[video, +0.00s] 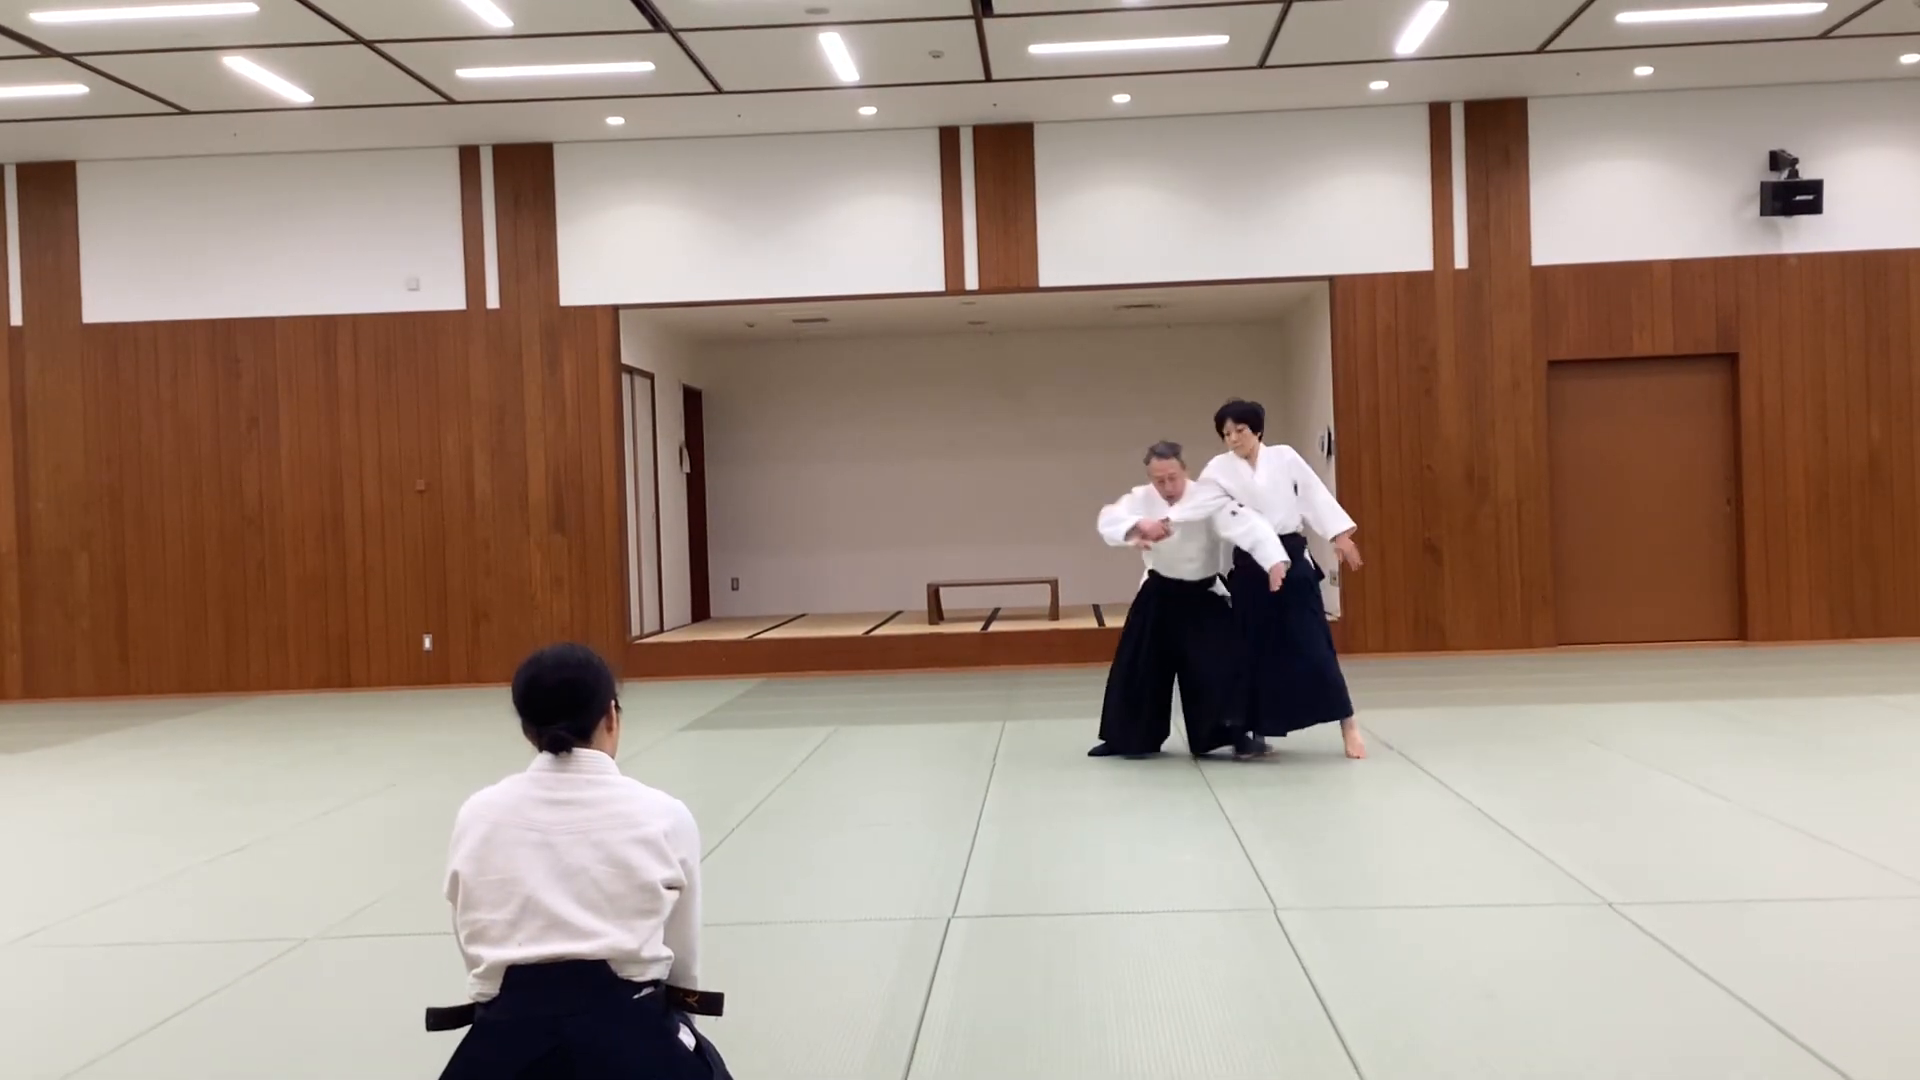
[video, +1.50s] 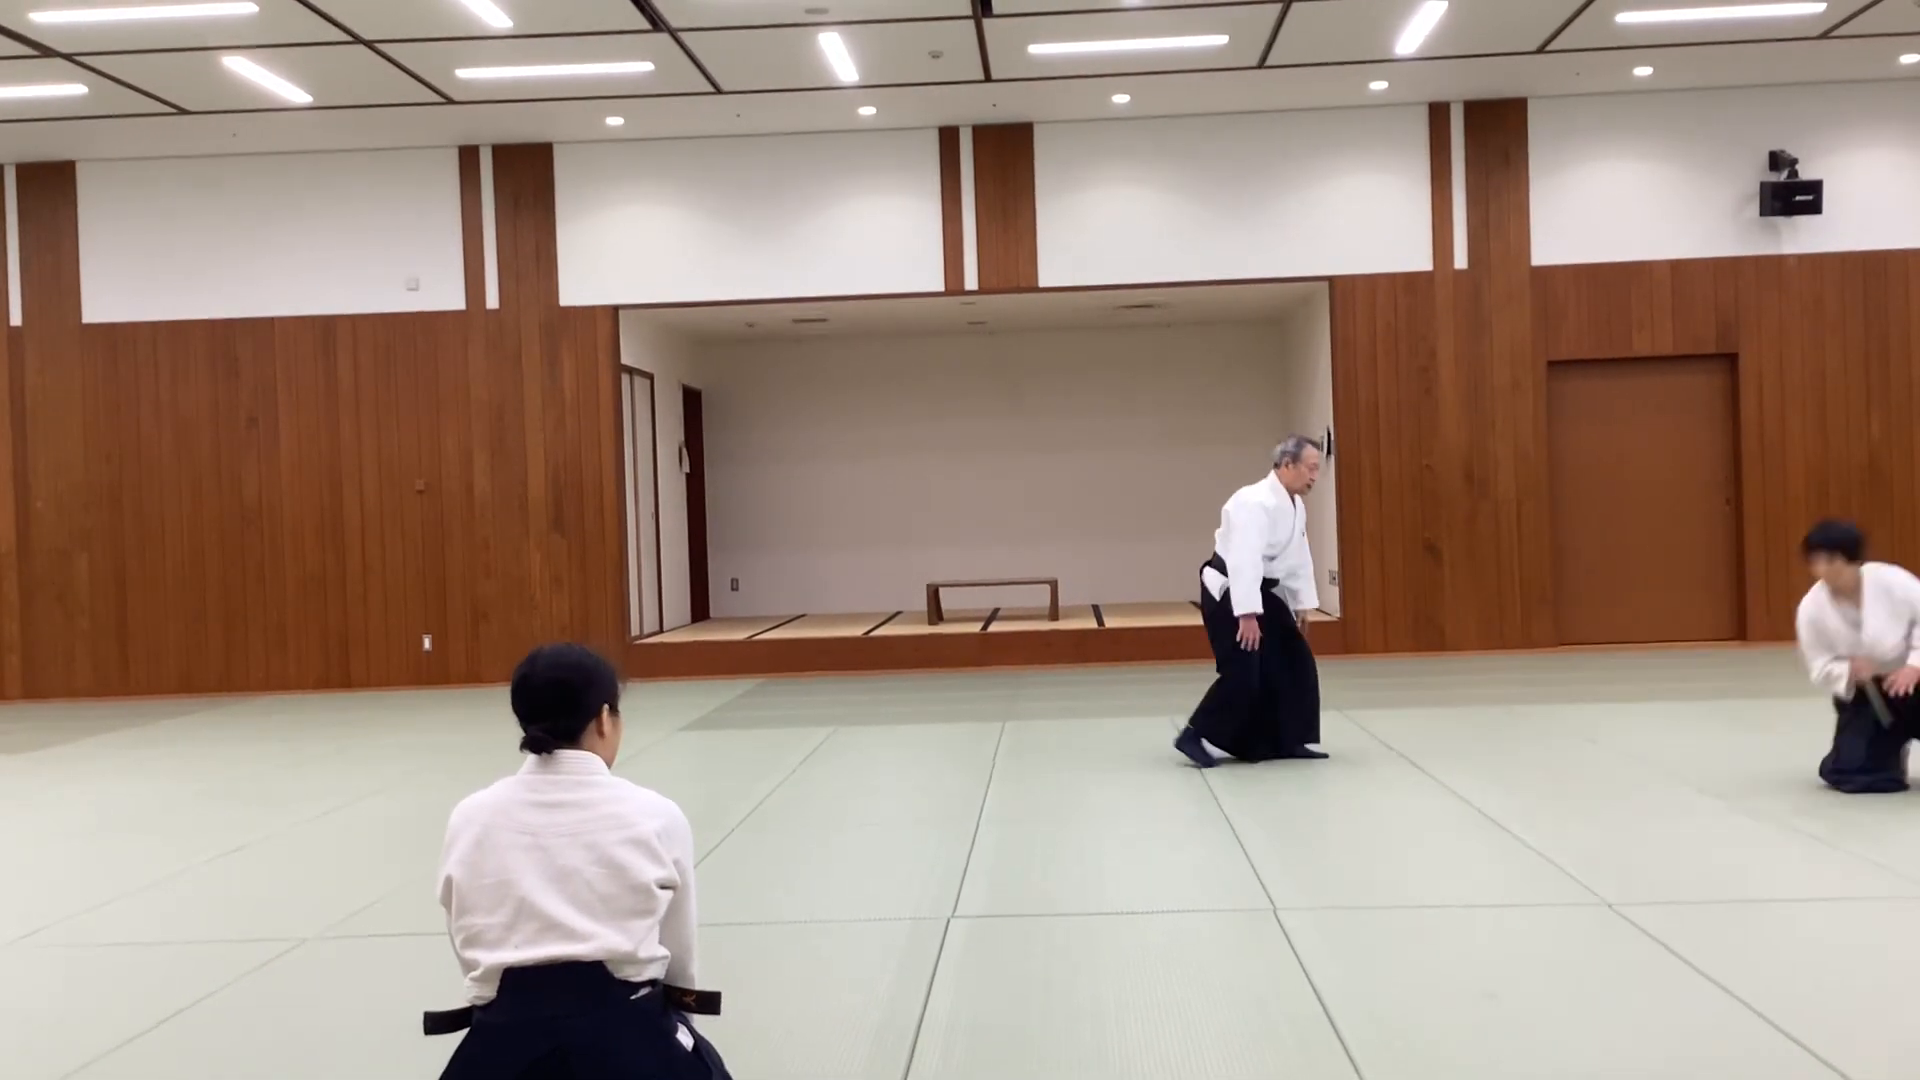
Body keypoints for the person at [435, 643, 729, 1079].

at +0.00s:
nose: (618, 721)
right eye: (617, 711)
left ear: (527, 732)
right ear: (612, 718)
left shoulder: (478, 814)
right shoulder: (663, 815)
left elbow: (474, 952)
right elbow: (682, 967)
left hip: (507, 1042)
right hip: (631, 1041)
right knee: (701, 1052)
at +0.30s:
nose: (618, 721)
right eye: (618, 710)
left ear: (527, 730)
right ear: (610, 717)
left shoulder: (477, 816)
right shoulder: (662, 816)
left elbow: (472, 951)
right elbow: (682, 965)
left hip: (507, 1043)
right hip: (631, 1041)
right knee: (701, 1052)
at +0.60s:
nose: (620, 722)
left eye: (619, 710)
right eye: (619, 711)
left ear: (527, 725)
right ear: (610, 717)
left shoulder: (474, 817)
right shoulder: (660, 817)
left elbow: (471, 952)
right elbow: (681, 966)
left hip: (507, 1043)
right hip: (630, 1041)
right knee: (700, 1052)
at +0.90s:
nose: (619, 722)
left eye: (618, 710)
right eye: (618, 710)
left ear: (527, 722)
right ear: (607, 716)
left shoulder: (473, 817)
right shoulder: (658, 816)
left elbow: (470, 951)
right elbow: (680, 965)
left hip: (506, 1043)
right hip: (630, 1041)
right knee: (699, 1050)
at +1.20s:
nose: (619, 725)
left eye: (619, 713)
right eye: (618, 713)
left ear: (526, 723)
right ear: (605, 719)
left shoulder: (471, 818)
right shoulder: (657, 817)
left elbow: (469, 952)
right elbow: (680, 965)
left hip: (506, 1044)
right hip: (629, 1043)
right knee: (699, 1049)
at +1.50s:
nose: (619, 726)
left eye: (619, 713)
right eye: (618, 714)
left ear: (526, 723)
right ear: (603, 721)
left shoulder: (470, 818)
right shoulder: (656, 816)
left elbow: (469, 951)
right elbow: (680, 964)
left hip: (504, 1044)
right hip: (629, 1042)